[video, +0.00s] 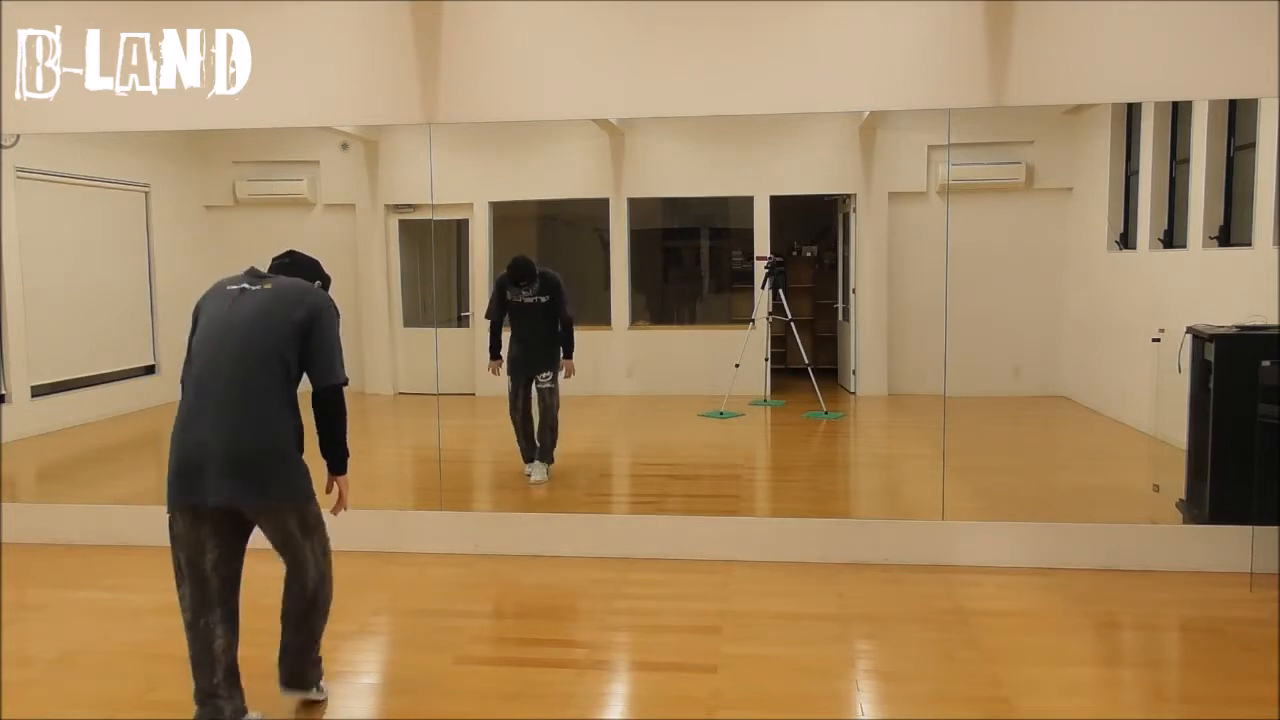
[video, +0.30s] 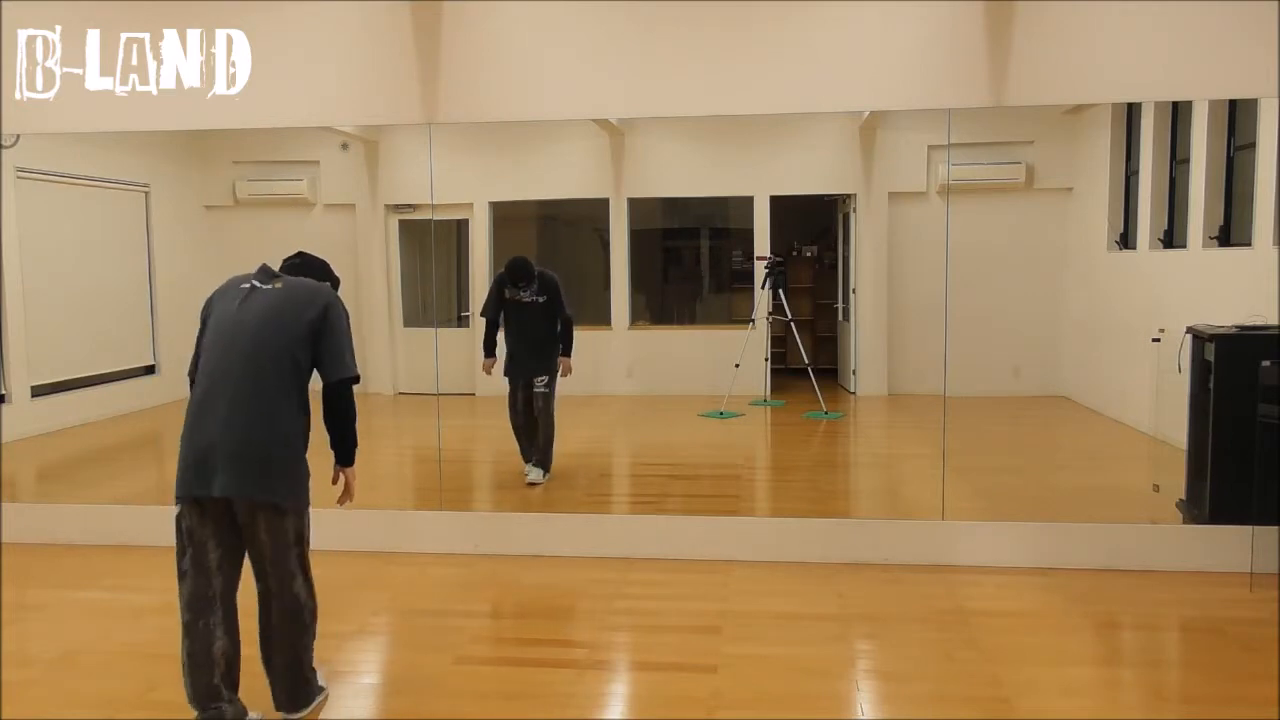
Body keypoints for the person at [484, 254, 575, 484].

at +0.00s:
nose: (526, 289)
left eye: (529, 285)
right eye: (521, 286)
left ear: (535, 276)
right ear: (512, 279)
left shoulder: (551, 282)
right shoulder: (503, 284)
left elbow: (565, 318)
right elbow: (496, 320)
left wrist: (568, 356)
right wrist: (495, 354)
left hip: (547, 351)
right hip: (519, 350)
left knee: (548, 408)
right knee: (518, 408)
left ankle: (544, 460)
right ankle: (530, 458)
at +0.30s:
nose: (523, 291)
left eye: (526, 286)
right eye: (518, 287)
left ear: (533, 276)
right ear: (509, 280)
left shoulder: (548, 282)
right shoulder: (502, 283)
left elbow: (565, 318)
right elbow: (492, 319)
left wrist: (566, 354)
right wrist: (489, 353)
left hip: (545, 356)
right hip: (517, 355)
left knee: (542, 410)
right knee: (518, 411)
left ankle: (541, 464)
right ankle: (530, 459)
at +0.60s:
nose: (521, 299)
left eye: (525, 295)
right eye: (516, 296)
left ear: (533, 286)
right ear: (508, 289)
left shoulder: (549, 298)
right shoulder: (501, 302)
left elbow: (559, 340)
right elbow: (496, 343)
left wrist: (561, 378)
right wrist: (493, 380)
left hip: (547, 361)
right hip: (517, 360)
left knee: (545, 416)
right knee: (508, 396)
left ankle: (539, 466)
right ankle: (521, 422)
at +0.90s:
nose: (519, 293)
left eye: (522, 289)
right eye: (513, 289)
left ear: (530, 279)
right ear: (506, 282)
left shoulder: (550, 289)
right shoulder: (501, 290)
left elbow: (560, 330)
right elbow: (497, 330)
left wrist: (558, 368)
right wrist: (493, 366)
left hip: (545, 364)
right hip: (516, 362)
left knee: (543, 421)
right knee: (510, 417)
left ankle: (534, 468)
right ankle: (505, 467)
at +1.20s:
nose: (517, 290)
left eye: (521, 286)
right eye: (512, 286)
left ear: (529, 277)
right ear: (504, 279)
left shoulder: (547, 288)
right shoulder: (498, 288)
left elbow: (558, 329)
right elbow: (493, 328)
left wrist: (558, 366)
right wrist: (492, 365)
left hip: (543, 360)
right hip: (513, 358)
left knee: (542, 417)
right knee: (504, 410)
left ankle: (535, 466)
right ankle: (514, 446)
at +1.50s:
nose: (514, 288)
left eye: (518, 283)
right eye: (509, 284)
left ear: (527, 274)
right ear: (503, 276)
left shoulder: (547, 285)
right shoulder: (496, 284)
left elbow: (561, 323)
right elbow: (489, 322)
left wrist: (557, 358)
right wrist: (487, 357)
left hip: (540, 359)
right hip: (510, 358)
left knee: (538, 414)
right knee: (505, 412)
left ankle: (535, 467)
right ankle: (506, 467)